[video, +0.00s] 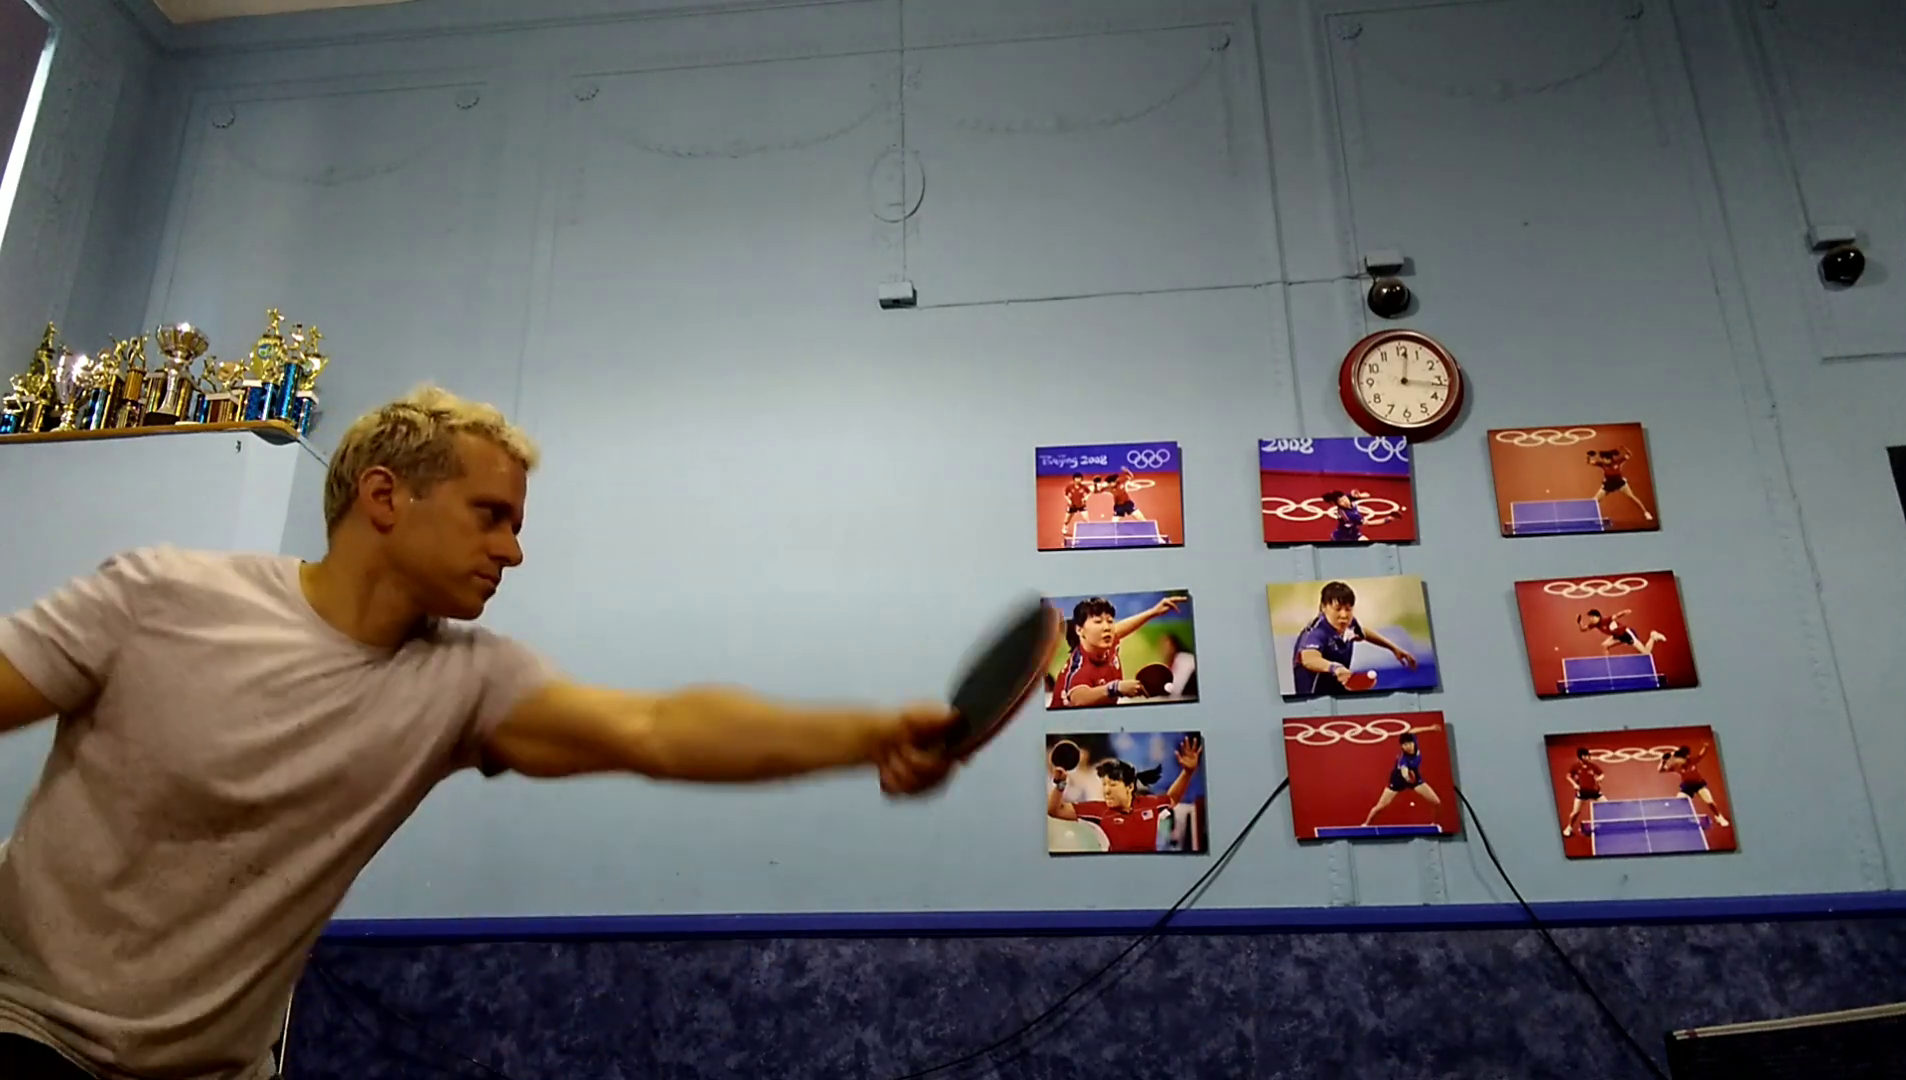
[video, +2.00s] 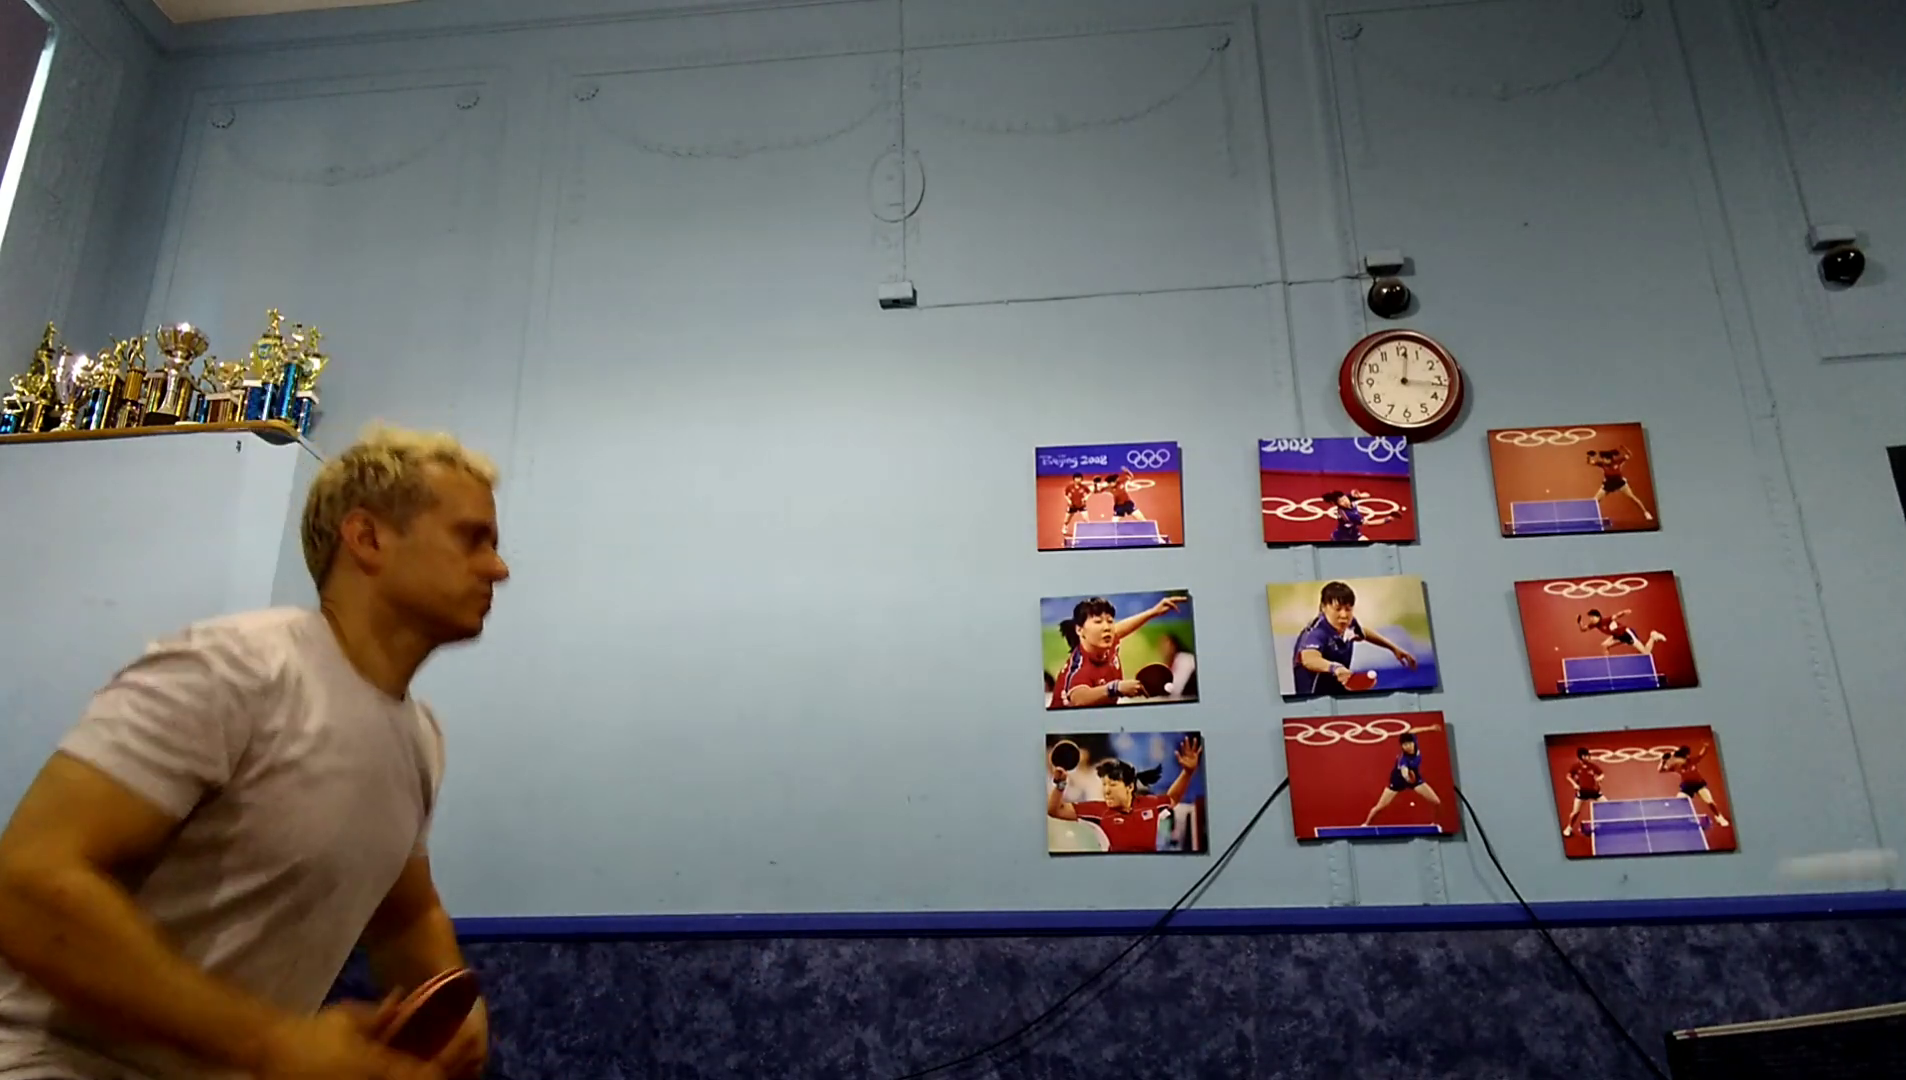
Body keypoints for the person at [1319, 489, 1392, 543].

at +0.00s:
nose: (1344, 502)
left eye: (1344, 499)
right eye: (1341, 502)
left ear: (1346, 497)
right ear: (1339, 505)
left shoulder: (1349, 499)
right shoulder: (1350, 515)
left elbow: (1368, 496)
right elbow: (1367, 523)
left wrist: (1360, 495)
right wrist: (1385, 520)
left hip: (1355, 535)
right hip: (1341, 538)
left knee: (1370, 547)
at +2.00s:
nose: (1344, 502)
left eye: (1344, 499)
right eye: (1341, 502)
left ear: (1346, 497)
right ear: (1338, 505)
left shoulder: (1350, 500)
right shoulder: (1349, 515)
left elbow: (1367, 496)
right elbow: (1367, 523)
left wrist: (1360, 495)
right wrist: (1385, 520)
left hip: (1355, 536)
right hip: (1341, 538)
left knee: (1370, 547)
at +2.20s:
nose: (1344, 502)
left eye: (1344, 499)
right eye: (1341, 502)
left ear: (1346, 497)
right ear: (1338, 505)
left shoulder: (1350, 499)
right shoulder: (1349, 515)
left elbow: (1367, 496)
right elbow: (1367, 523)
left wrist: (1360, 495)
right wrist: (1385, 520)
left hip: (1355, 535)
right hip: (1341, 538)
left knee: (1370, 547)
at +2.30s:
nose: (1344, 502)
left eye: (1344, 499)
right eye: (1341, 502)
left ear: (1346, 497)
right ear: (1338, 505)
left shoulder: (1350, 500)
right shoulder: (1349, 515)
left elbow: (1367, 496)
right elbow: (1367, 523)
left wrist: (1360, 495)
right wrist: (1385, 520)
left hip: (1355, 536)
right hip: (1341, 538)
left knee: (1370, 547)